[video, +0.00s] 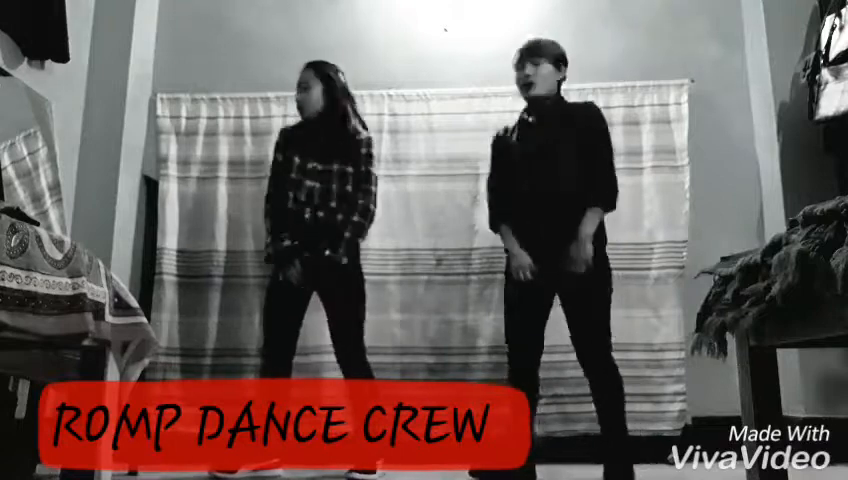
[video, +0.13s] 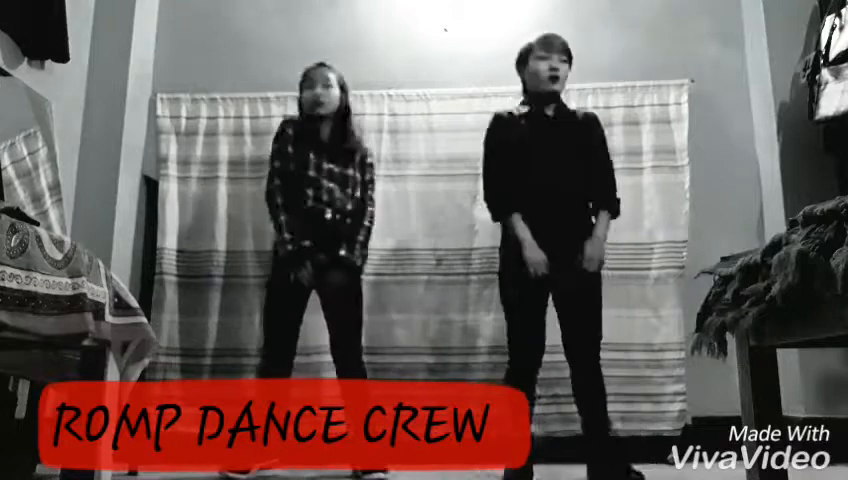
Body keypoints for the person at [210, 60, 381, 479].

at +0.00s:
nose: (297, 96)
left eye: (305, 88)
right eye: (297, 89)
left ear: (331, 92)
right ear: (303, 93)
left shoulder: (356, 140)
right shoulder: (289, 138)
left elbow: (364, 205)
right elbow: (274, 201)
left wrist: (337, 250)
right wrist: (282, 251)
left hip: (339, 264)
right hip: (292, 263)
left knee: (351, 357)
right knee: (276, 356)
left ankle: (373, 448)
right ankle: (264, 447)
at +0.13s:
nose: (317, 93)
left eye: (326, 86)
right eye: (310, 86)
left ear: (342, 94)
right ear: (300, 95)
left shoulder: (356, 146)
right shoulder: (290, 132)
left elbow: (366, 206)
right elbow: (275, 191)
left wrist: (353, 255)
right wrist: (290, 249)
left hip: (340, 264)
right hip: (293, 260)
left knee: (349, 357)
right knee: (277, 356)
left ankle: (366, 451)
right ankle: (254, 448)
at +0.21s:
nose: (341, 95)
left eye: (344, 89)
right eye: (332, 88)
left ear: (347, 97)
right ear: (310, 95)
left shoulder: (349, 141)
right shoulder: (295, 135)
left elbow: (360, 199)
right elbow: (290, 197)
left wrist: (357, 252)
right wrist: (306, 255)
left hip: (339, 263)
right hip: (296, 263)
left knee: (350, 360)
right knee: (279, 358)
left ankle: (364, 452)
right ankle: (247, 451)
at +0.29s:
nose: (348, 97)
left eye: (348, 91)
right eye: (339, 90)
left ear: (342, 100)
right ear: (316, 96)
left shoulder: (336, 138)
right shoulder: (307, 127)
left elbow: (341, 203)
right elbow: (301, 195)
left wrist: (351, 255)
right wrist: (321, 255)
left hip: (332, 259)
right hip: (302, 258)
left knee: (349, 356)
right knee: (280, 353)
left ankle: (365, 448)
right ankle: (239, 444)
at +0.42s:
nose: (348, 104)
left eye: (347, 97)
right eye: (340, 96)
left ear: (332, 104)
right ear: (316, 100)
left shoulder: (329, 141)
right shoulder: (305, 132)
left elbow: (336, 206)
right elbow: (298, 199)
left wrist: (350, 257)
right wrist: (318, 256)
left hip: (330, 264)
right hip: (305, 263)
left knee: (349, 356)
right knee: (280, 355)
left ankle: (362, 445)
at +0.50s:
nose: (343, 104)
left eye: (342, 97)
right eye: (335, 96)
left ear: (327, 105)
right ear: (311, 101)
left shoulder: (328, 146)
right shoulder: (294, 135)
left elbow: (342, 206)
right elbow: (278, 193)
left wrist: (357, 253)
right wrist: (304, 253)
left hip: (328, 264)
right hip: (296, 262)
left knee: (346, 353)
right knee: (281, 353)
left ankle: (361, 441)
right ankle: (234, 437)